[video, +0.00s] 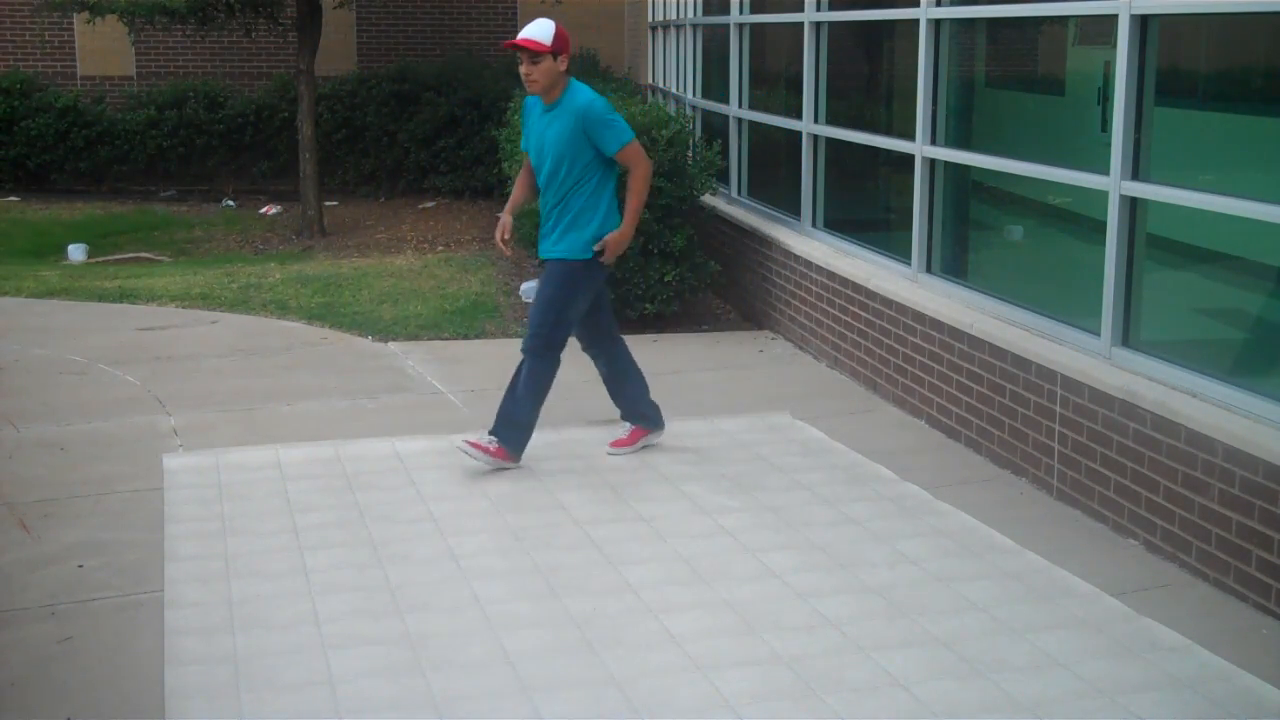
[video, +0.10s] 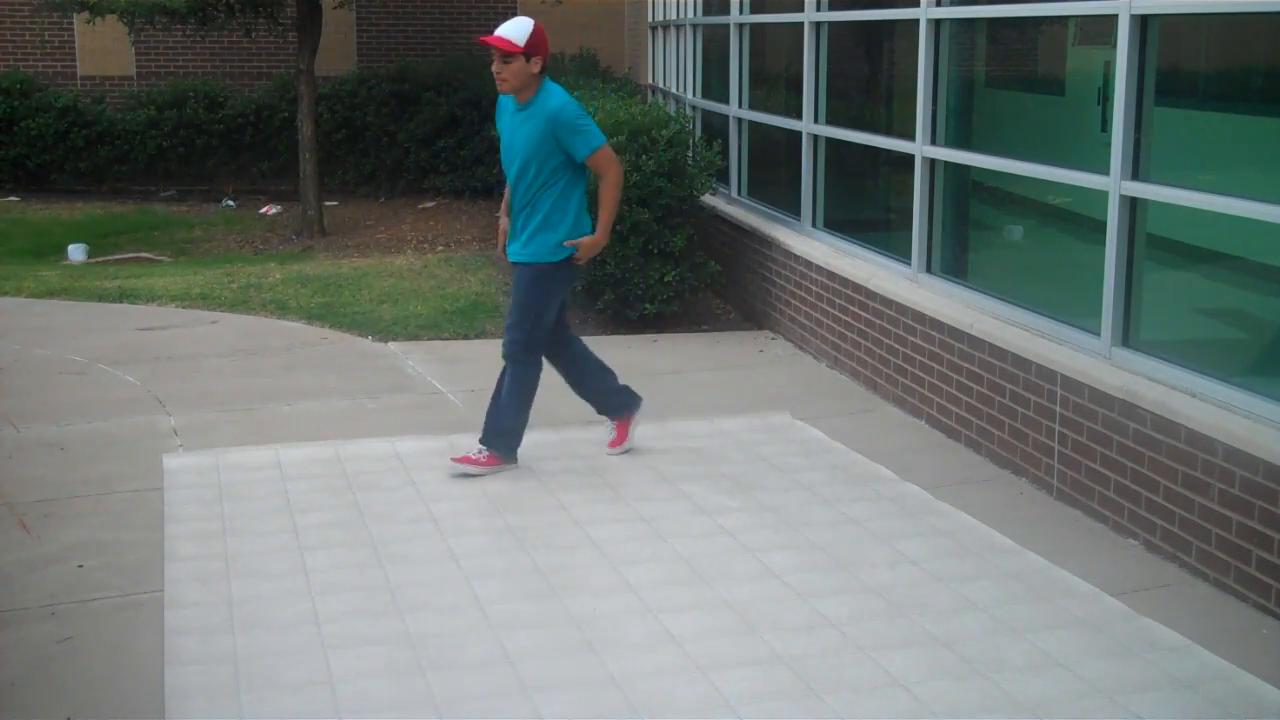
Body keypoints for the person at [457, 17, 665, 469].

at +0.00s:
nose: (525, 70)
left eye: (535, 61)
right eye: (521, 61)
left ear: (562, 62)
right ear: (519, 62)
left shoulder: (588, 106)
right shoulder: (532, 104)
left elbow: (640, 165)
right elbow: (531, 165)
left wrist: (626, 231)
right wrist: (509, 209)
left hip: (584, 245)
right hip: (558, 244)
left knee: (542, 342)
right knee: (600, 338)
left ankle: (507, 442)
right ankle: (645, 418)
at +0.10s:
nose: (496, 68)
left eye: (507, 60)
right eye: (494, 59)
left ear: (535, 64)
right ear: (494, 61)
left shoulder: (561, 109)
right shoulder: (506, 103)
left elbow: (611, 169)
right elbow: (519, 165)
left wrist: (601, 236)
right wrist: (505, 211)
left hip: (554, 250)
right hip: (524, 247)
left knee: (520, 344)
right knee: (555, 341)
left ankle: (499, 447)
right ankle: (620, 404)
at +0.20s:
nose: (463, 61)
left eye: (473, 55)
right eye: (464, 53)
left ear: (503, 64)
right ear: (485, 62)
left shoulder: (533, 106)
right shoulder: (481, 97)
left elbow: (582, 167)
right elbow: (507, 166)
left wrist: (583, 236)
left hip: (531, 249)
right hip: (495, 242)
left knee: (506, 345)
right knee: (488, 338)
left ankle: (499, 449)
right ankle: (572, 391)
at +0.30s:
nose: (437, 55)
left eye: (445, 49)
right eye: (439, 48)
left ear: (472, 60)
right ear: (466, 59)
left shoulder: (508, 103)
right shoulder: (462, 93)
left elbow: (556, 165)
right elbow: (494, 164)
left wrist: (565, 232)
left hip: (505, 252)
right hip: (469, 244)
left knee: (495, 349)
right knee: (448, 334)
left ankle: (499, 448)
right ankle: (503, 412)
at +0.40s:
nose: (412, 56)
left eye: (420, 50)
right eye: (413, 48)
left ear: (446, 59)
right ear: (439, 58)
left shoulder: (486, 107)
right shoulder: (438, 98)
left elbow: (526, 177)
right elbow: (460, 175)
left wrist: (536, 247)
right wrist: (445, 231)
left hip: (485, 258)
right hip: (442, 250)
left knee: (486, 355)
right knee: (416, 344)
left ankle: (499, 450)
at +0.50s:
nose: (385, 62)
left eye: (393, 56)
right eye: (387, 54)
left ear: (420, 64)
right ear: (414, 64)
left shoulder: (463, 114)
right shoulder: (412, 107)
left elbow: (494, 194)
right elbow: (428, 187)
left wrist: (493, 263)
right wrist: (419, 243)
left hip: (458, 269)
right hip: (417, 262)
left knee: (476, 362)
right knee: (390, 358)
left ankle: (497, 448)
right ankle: (350, 455)